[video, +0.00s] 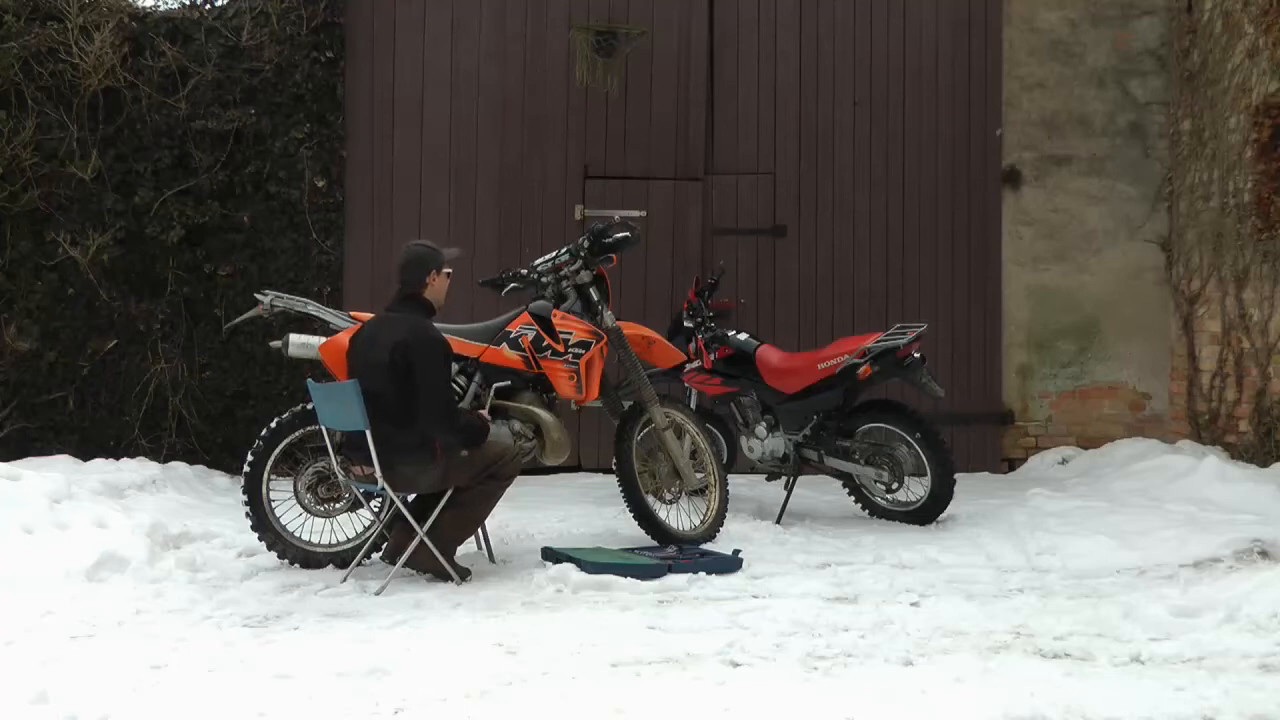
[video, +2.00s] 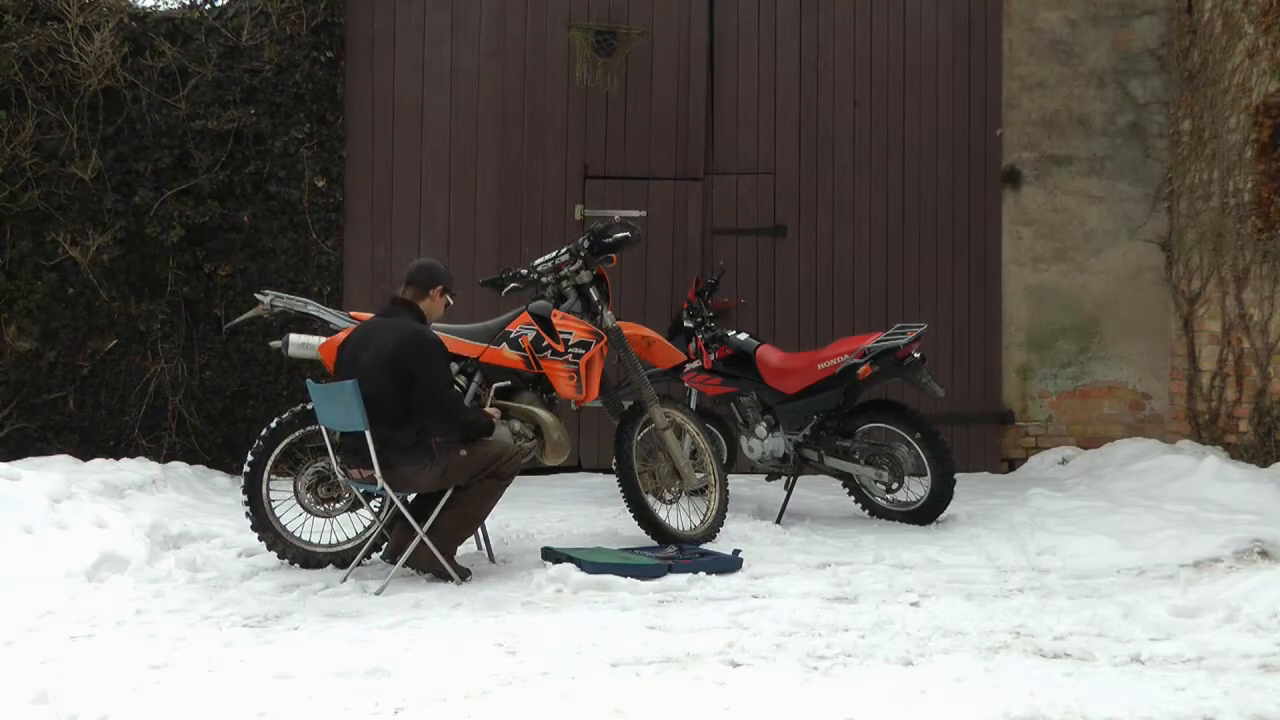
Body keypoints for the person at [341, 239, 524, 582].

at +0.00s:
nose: (448, 282)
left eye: (447, 275)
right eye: (445, 275)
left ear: (408, 279)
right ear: (430, 280)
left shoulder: (367, 332)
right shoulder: (427, 340)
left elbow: (376, 410)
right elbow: (443, 425)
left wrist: (452, 417)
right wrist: (477, 425)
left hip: (381, 462)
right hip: (414, 467)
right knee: (505, 454)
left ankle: (404, 539)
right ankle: (436, 548)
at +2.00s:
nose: (444, 308)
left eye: (446, 301)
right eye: (445, 299)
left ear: (406, 289)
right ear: (434, 294)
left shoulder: (362, 332)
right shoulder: (422, 342)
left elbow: (346, 391)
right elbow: (447, 420)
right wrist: (486, 419)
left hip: (363, 455)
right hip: (403, 465)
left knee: (464, 452)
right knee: (508, 453)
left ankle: (404, 542)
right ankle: (435, 550)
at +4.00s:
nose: (476, 339)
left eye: (479, 332)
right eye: (478, 330)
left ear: (442, 314)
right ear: (470, 323)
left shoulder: (391, 338)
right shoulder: (453, 353)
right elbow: (476, 429)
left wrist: (435, 424)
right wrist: (495, 434)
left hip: (356, 456)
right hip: (400, 463)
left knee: (463, 454)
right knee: (507, 462)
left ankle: (402, 543)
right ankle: (434, 552)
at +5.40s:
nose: (492, 345)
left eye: (495, 339)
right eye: (494, 337)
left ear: (459, 317)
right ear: (484, 329)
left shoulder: (405, 337)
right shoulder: (461, 356)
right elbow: (494, 428)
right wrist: (514, 417)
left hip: (358, 454)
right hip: (401, 461)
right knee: (509, 463)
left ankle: (402, 543)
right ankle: (435, 551)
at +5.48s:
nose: (492, 345)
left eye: (495, 339)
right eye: (494, 337)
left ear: (459, 317)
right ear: (484, 329)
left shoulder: (406, 337)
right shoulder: (462, 357)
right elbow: (495, 431)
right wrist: (514, 420)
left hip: (358, 454)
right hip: (401, 461)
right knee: (508, 464)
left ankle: (402, 543)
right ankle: (435, 551)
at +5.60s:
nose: (492, 345)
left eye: (495, 339)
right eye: (494, 338)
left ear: (459, 317)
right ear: (484, 329)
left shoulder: (405, 337)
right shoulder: (461, 357)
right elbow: (493, 429)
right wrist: (514, 420)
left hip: (357, 456)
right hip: (401, 461)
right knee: (508, 464)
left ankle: (402, 543)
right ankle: (435, 551)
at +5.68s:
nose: (492, 345)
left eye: (495, 339)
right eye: (493, 337)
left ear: (459, 317)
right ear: (483, 329)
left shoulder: (404, 337)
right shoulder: (461, 357)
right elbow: (486, 424)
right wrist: (516, 421)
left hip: (357, 456)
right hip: (400, 461)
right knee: (508, 464)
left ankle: (402, 543)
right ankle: (435, 550)